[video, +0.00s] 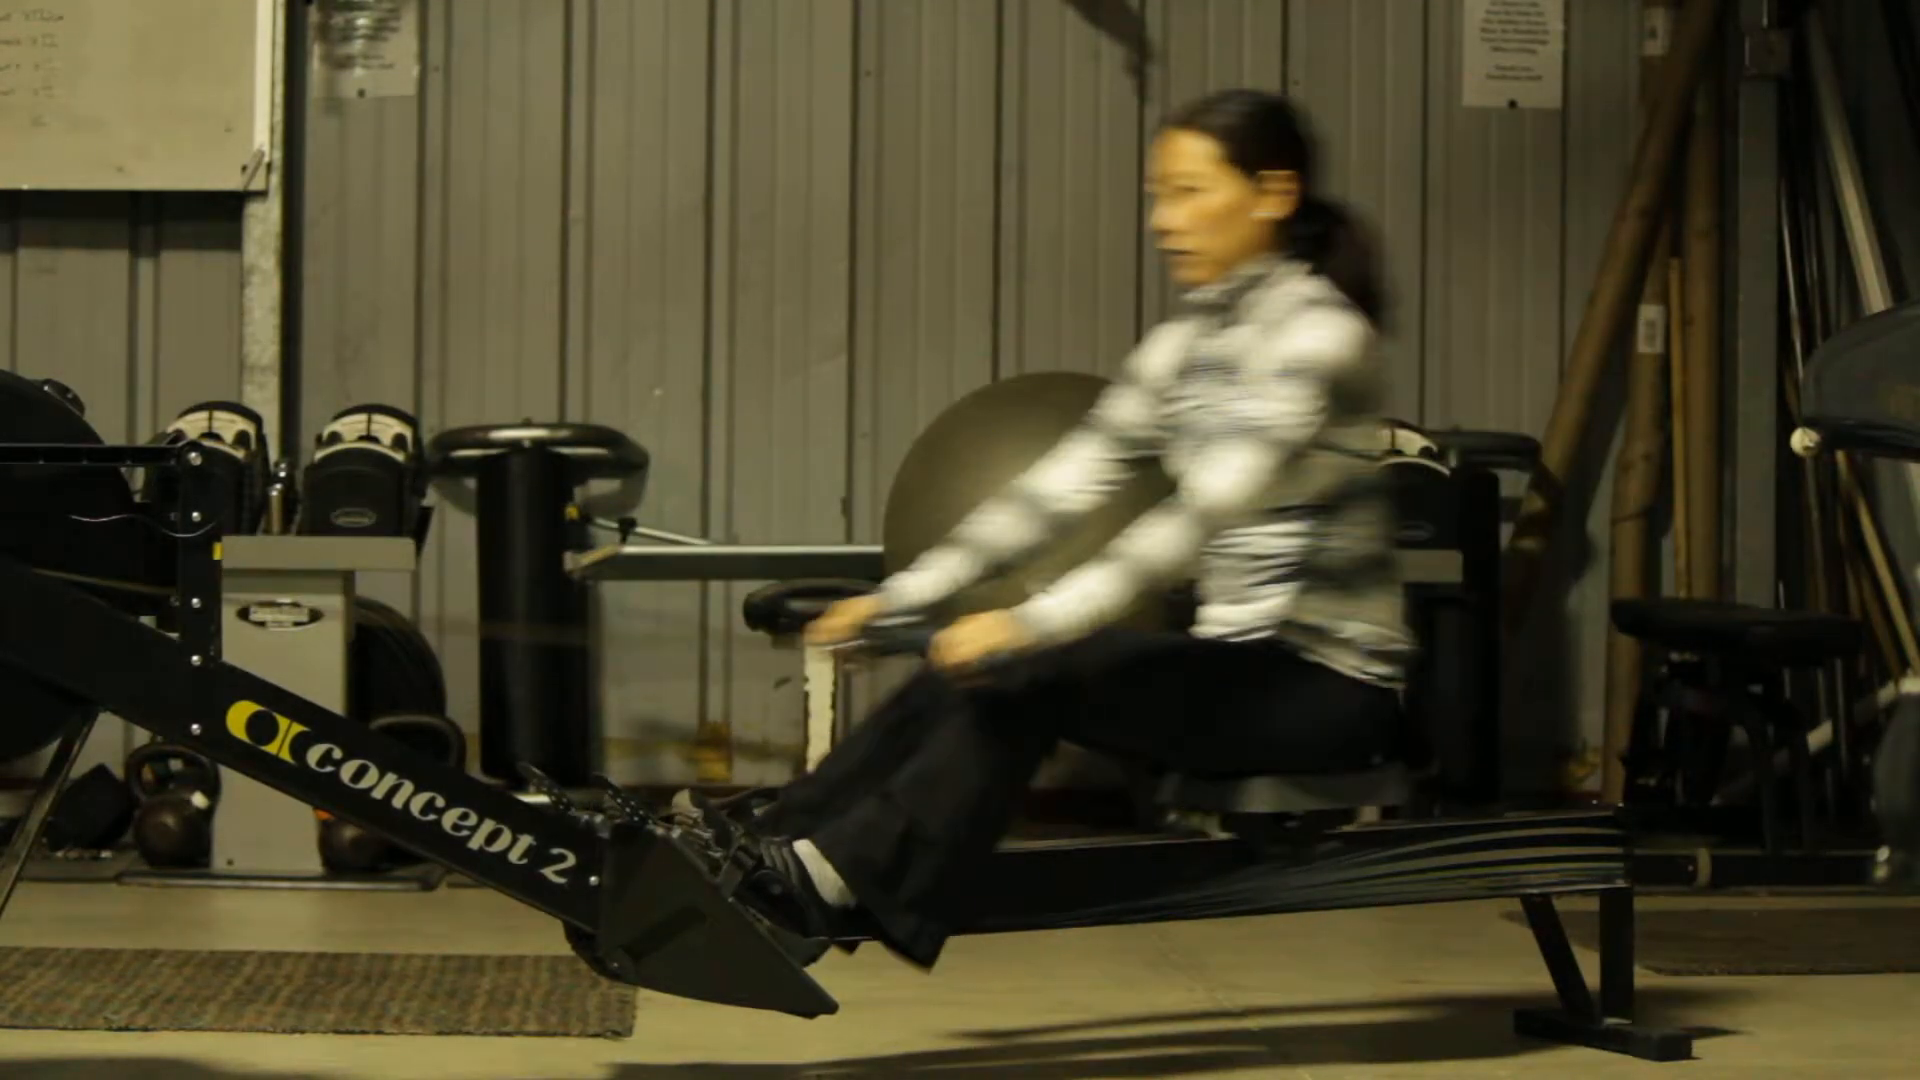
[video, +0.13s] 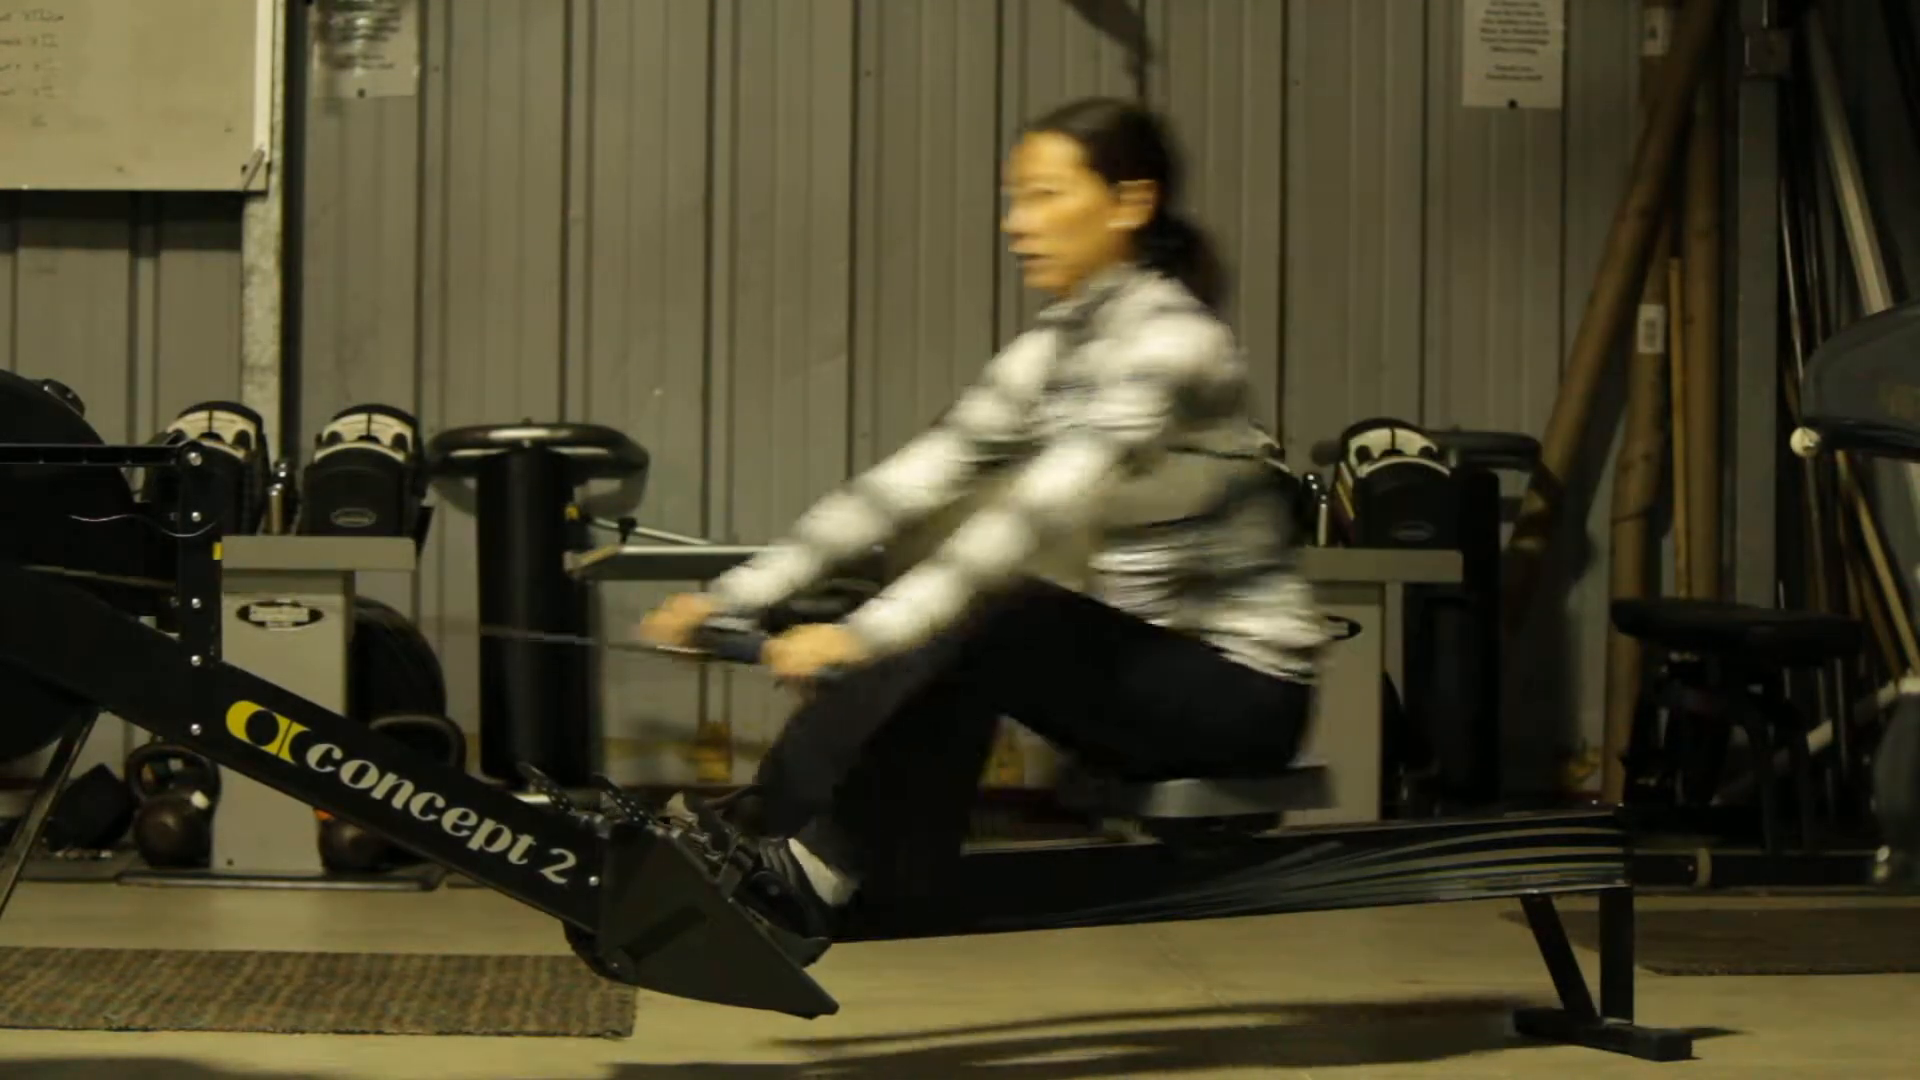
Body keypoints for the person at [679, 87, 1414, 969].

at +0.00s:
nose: (1164, 220)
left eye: (1189, 193)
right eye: (1160, 196)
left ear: (1275, 196)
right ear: (1156, 197)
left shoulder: (1321, 334)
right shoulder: (1182, 341)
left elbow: (1198, 518)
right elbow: (1061, 487)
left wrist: (1032, 622)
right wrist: (892, 600)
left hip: (1332, 681)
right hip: (1230, 659)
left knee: (1022, 686)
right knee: (966, 663)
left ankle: (827, 884)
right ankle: (766, 849)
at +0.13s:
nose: (1016, 225)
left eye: (1044, 197)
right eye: (1014, 202)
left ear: (1134, 203)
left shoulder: (1173, 341)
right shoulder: (1054, 342)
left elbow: (1037, 512)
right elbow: (921, 476)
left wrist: (867, 633)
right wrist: (735, 596)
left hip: (1242, 688)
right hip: (1146, 666)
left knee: (988, 629)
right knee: (935, 621)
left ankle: (836, 867)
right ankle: (771, 825)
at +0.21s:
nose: (922, 230)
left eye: (950, 202)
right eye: (922, 206)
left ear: (1039, 210)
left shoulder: (1080, 347)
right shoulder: (969, 349)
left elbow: (931, 519)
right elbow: (823, 472)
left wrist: (754, 616)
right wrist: (623, 576)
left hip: (1180, 696)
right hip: (1095, 687)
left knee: (937, 589)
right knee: (888, 589)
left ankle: (752, 833)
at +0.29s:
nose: (832, 235)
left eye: (860, 207)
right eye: (833, 210)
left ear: (946, 221)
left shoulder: (989, 354)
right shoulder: (887, 352)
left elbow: (838, 504)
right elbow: (733, 463)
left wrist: (644, 596)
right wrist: (521, 554)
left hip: (1118, 689)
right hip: (1036, 678)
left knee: (879, 575)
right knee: (818, 582)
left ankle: (795, 866)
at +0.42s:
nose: (713, 251)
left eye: (738, 226)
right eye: (716, 228)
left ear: (828, 236)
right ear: (789, 243)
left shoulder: (881, 361)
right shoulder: (771, 373)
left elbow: (712, 484)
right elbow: (603, 457)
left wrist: (501, 566)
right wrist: (384, 521)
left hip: (1031, 692)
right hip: (941, 687)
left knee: (802, 550)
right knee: (736, 546)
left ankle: (778, 866)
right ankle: (688, 832)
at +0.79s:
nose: (716, 212)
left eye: (748, 187)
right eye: (722, 190)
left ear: (834, 209)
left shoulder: (883, 344)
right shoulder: (776, 347)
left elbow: (737, 514)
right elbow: (632, 480)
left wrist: (561, 620)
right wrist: (441, 585)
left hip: (981, 692)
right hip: (888, 683)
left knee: (774, 554)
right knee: (698, 561)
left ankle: (789, 862)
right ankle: (683, 835)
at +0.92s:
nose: (856, 188)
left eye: (888, 163)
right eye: (862, 164)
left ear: (978, 185)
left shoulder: (1015, 322)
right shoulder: (907, 324)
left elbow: (874, 482)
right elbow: (765, 463)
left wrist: (693, 571)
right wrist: (577, 552)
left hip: (1044, 691)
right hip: (965, 677)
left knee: (838, 567)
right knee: (747, 566)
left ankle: (777, 853)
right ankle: (687, 831)